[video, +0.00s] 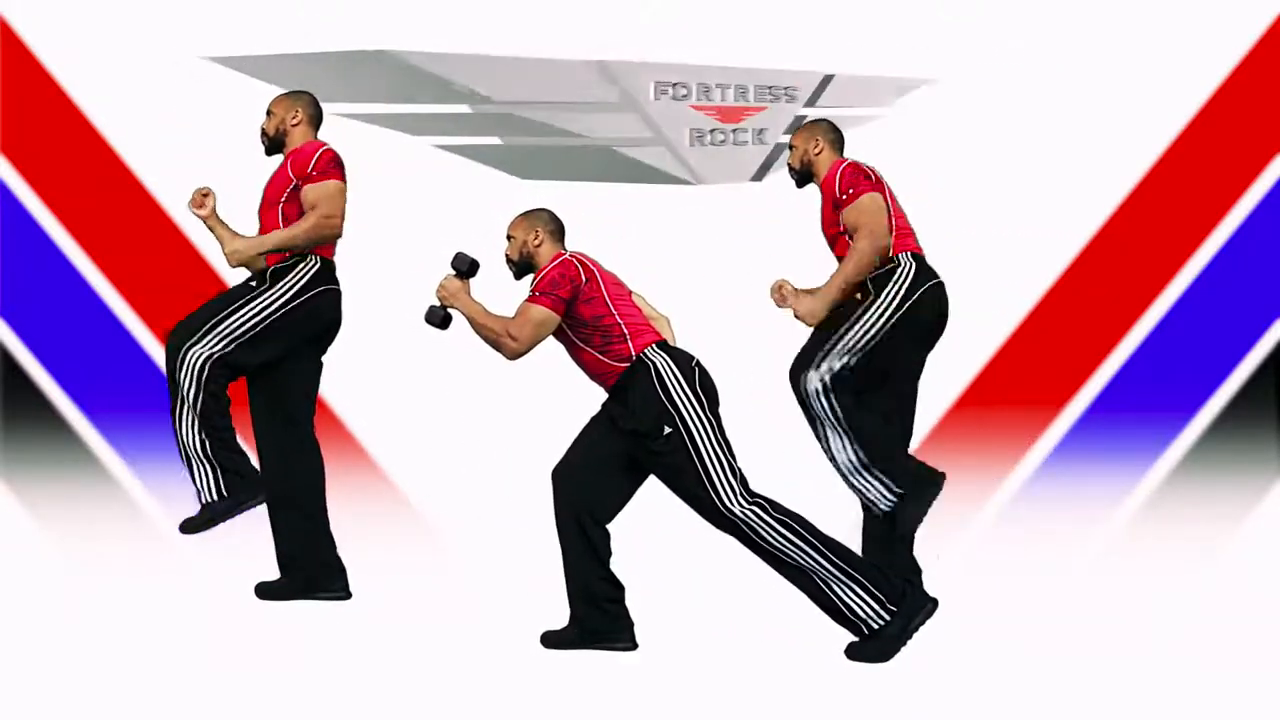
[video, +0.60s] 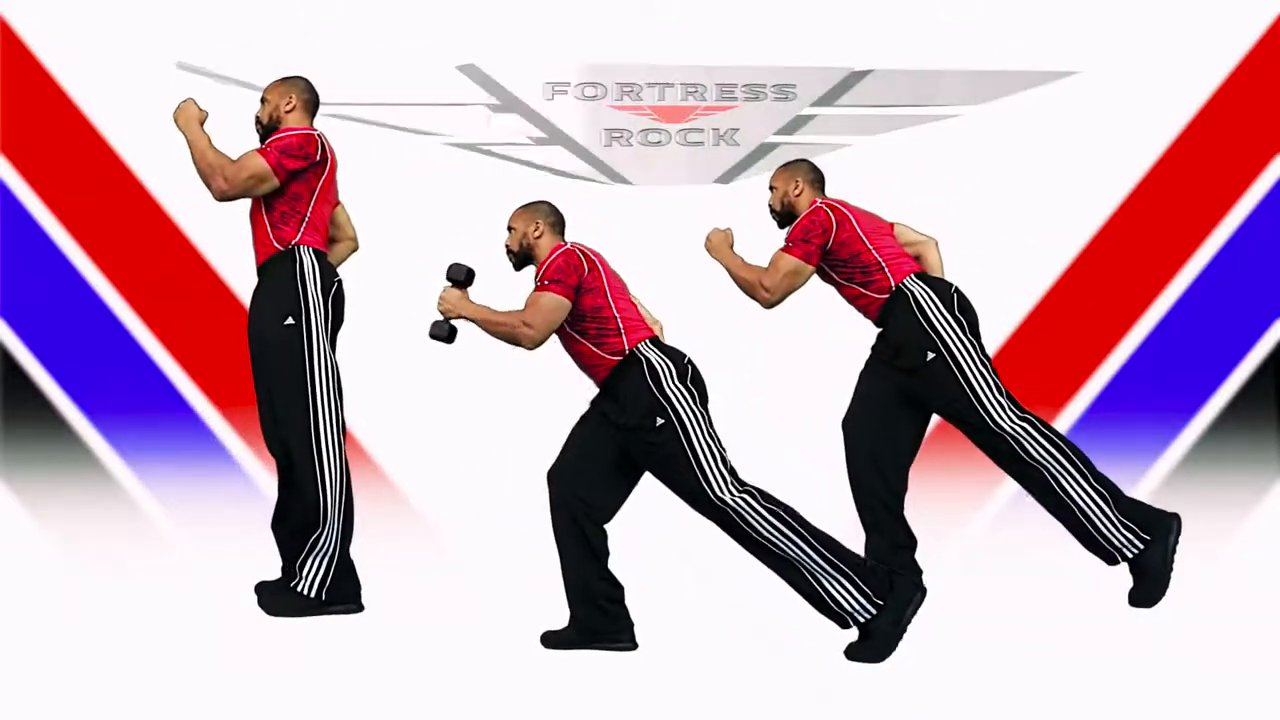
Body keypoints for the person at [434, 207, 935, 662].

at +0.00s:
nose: (505, 248)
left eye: (511, 238)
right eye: (506, 240)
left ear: (541, 237)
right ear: (543, 240)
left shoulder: (562, 269)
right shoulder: (578, 276)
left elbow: (513, 341)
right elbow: (661, 324)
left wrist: (463, 301)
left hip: (660, 382)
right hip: (632, 401)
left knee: (734, 506)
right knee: (574, 488)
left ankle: (885, 609)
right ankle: (601, 622)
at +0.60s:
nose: (508, 241)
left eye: (514, 231)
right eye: (507, 233)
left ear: (542, 228)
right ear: (543, 235)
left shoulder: (565, 258)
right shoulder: (575, 269)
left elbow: (530, 331)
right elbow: (649, 323)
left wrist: (465, 309)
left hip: (651, 378)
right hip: (620, 397)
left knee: (724, 496)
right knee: (570, 490)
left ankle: (875, 602)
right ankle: (601, 623)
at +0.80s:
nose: (517, 209)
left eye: (522, 198)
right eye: (518, 201)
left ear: (546, 195)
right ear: (551, 197)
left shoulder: (579, 224)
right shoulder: (560, 253)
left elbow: (598, 279)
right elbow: (603, 331)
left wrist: (528, 322)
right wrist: (561, 368)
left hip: (631, 349)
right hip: (603, 364)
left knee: (605, 475)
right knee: (578, 485)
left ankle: (733, 563)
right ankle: (600, 620)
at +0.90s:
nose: (527, 195)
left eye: (532, 185)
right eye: (528, 187)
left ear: (556, 182)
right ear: (558, 185)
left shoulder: (583, 208)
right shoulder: (571, 237)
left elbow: (626, 259)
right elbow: (584, 324)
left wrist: (581, 319)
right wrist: (526, 329)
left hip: (620, 337)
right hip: (616, 348)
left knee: (526, 418)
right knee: (593, 480)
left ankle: (584, 558)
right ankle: (605, 621)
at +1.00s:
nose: (534, 187)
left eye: (539, 177)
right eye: (535, 179)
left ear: (564, 175)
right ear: (565, 178)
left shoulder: (593, 202)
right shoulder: (573, 233)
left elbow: (645, 256)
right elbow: (556, 309)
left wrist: (619, 321)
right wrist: (498, 287)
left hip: (600, 335)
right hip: (607, 348)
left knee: (493, 365)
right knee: (591, 492)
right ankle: (604, 620)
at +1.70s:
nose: (533, 190)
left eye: (538, 180)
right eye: (533, 183)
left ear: (563, 177)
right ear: (567, 178)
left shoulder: (591, 207)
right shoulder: (570, 234)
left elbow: (627, 263)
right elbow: (570, 319)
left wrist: (586, 327)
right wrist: (507, 308)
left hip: (606, 339)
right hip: (610, 352)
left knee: (506, 401)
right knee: (584, 485)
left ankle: (558, 528)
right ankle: (601, 620)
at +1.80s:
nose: (523, 194)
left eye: (527, 184)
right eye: (523, 187)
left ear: (552, 182)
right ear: (557, 184)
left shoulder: (582, 213)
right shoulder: (563, 242)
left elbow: (601, 276)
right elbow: (572, 332)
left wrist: (541, 326)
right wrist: (528, 342)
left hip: (619, 336)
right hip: (602, 347)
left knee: (551, 444)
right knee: (588, 476)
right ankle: (601, 619)